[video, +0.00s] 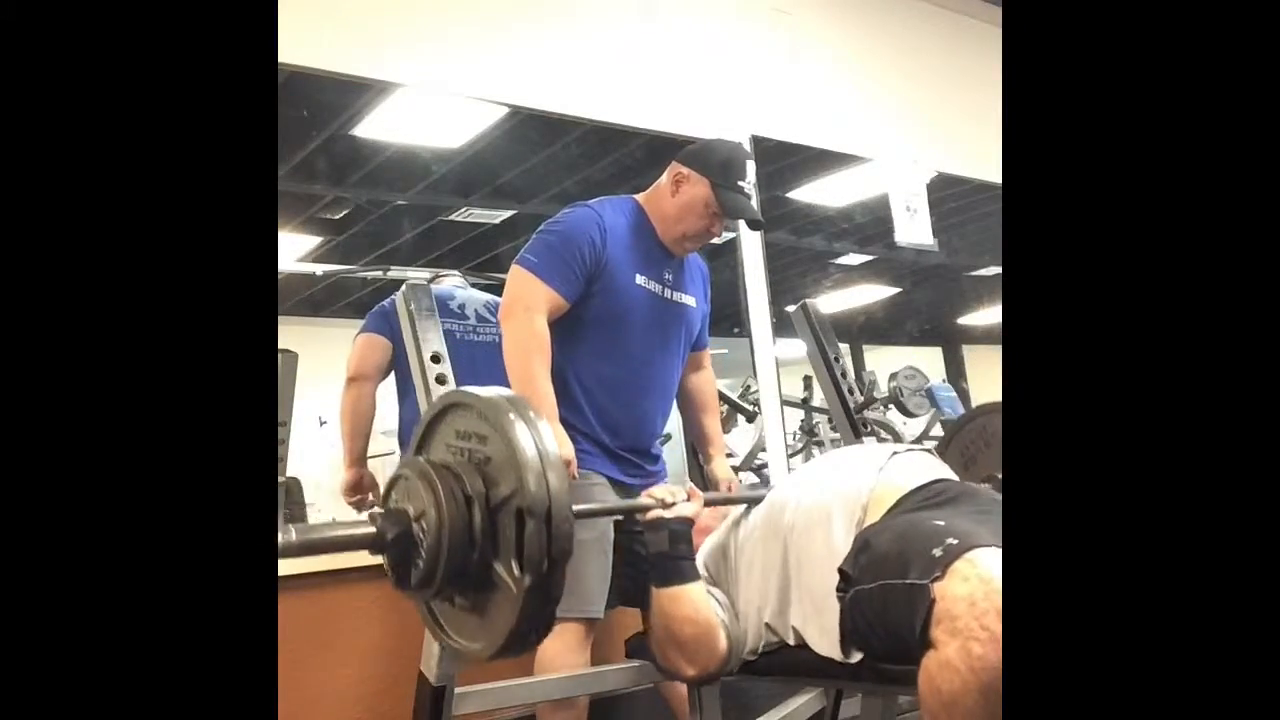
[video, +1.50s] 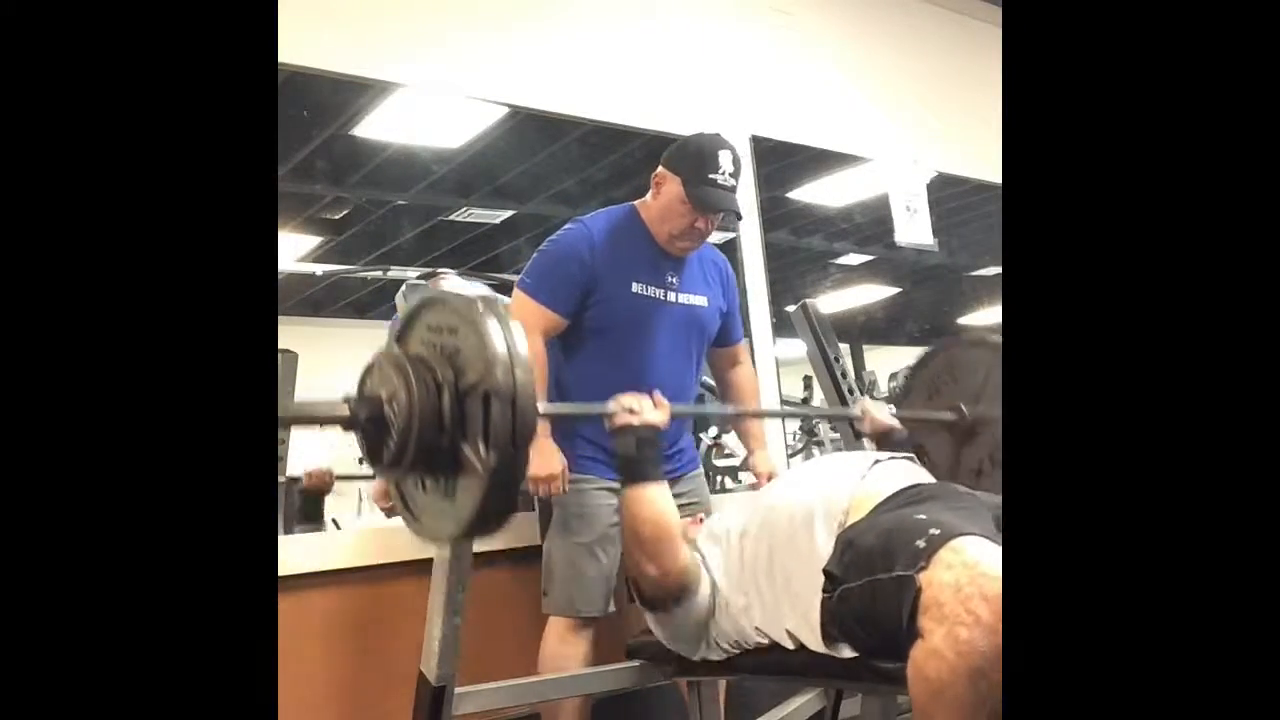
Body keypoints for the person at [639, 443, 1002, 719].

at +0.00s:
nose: (697, 495)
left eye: (693, 491)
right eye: (681, 503)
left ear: (715, 497)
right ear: (685, 543)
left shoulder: (776, 506)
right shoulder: (713, 582)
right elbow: (690, 664)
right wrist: (666, 540)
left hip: (964, 492)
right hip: (881, 534)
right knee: (986, 597)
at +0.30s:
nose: (693, 514)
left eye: (694, 508)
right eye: (681, 525)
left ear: (714, 504)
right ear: (675, 549)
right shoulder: (713, 612)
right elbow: (671, 619)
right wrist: (649, 497)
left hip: (933, 486)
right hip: (873, 527)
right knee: (986, 593)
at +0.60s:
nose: (685, 517)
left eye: (682, 509)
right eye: (669, 525)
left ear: (698, 506)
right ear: (652, 562)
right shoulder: (691, 604)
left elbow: (899, 487)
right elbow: (655, 563)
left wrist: (885, 427)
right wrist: (636, 434)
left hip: (947, 497)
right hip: (866, 531)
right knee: (983, 591)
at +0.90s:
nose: (699, 503)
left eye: (697, 497)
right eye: (685, 508)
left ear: (714, 499)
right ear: (672, 541)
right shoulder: (698, 584)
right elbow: (677, 636)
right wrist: (657, 514)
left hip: (942, 488)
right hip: (871, 529)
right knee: (983, 604)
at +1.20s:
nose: (697, 497)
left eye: (694, 489)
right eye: (682, 503)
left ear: (714, 493)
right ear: (683, 537)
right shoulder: (709, 580)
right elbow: (685, 655)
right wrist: (660, 529)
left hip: (955, 488)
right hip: (876, 528)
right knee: (985, 597)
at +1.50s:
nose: (683, 512)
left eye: (679, 507)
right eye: (664, 519)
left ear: (693, 509)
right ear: (644, 579)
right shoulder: (692, 606)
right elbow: (658, 566)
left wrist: (891, 441)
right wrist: (637, 442)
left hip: (944, 496)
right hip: (861, 537)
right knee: (979, 590)